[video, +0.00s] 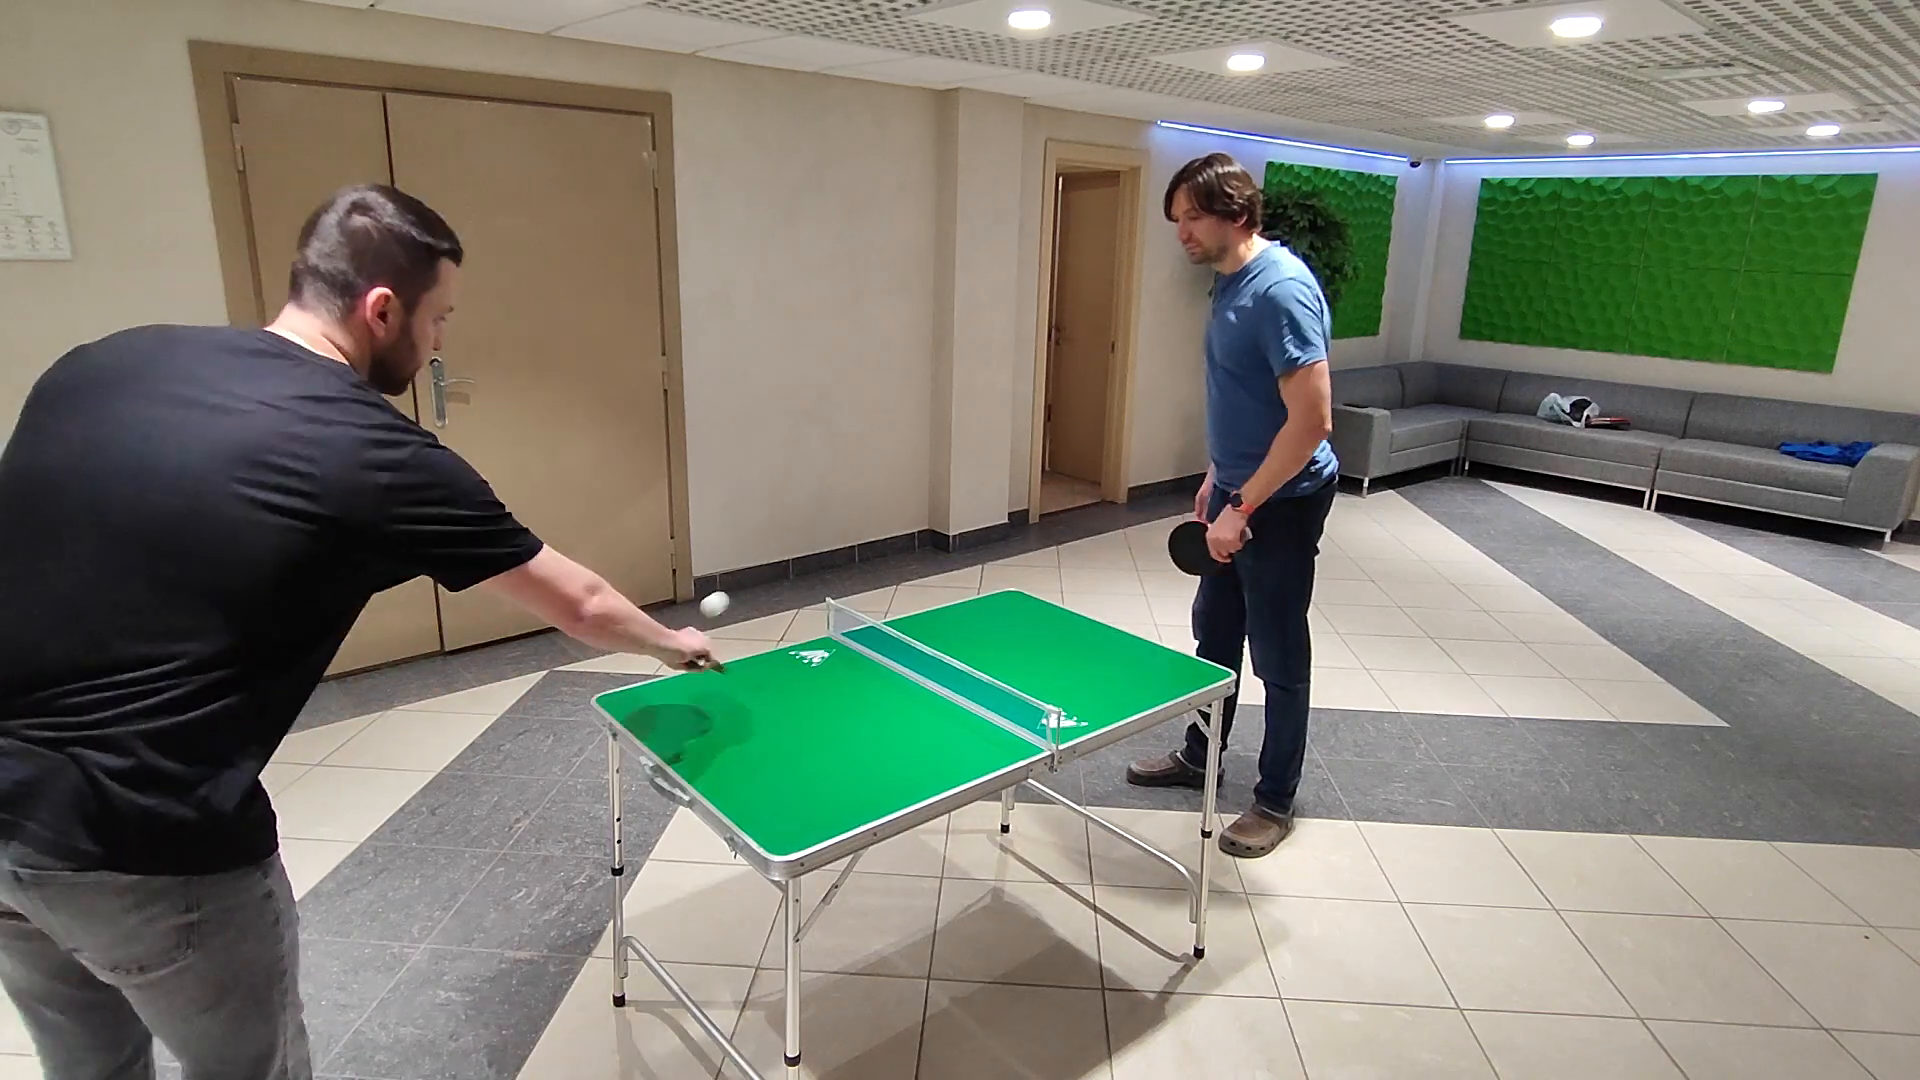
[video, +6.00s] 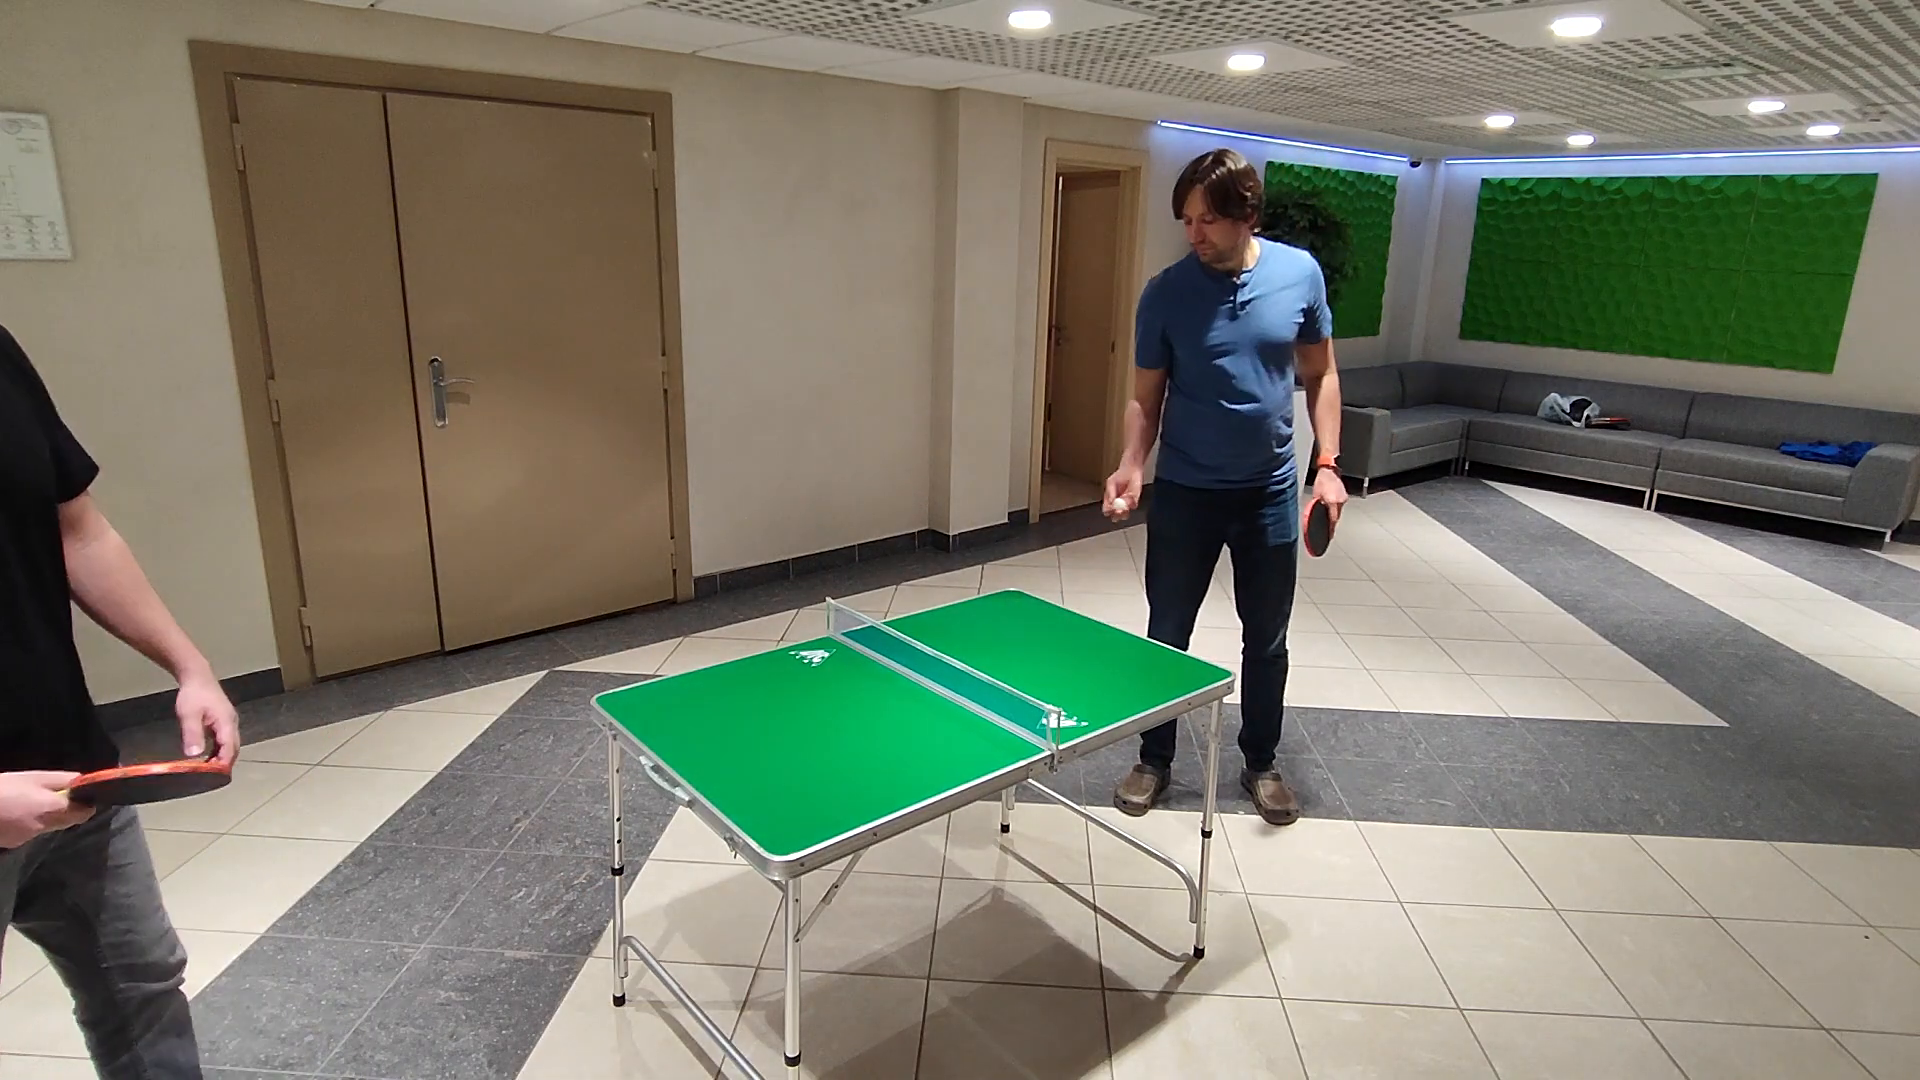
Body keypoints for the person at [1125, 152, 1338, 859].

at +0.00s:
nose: (1180, 235)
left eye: (1188, 220)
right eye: (1176, 222)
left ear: (1232, 213)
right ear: (1205, 217)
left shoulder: (1282, 289)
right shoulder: (1234, 281)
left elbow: (1313, 422)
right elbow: (1243, 401)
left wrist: (1242, 508)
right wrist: (1214, 479)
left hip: (1287, 498)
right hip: (1237, 489)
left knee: (1279, 659)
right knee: (1215, 632)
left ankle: (1274, 804)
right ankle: (1198, 757)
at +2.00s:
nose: (1186, 275)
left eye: (1201, 263)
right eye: (1177, 260)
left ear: (1226, 263)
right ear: (1164, 255)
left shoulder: (1247, 339)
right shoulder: (1141, 294)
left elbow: (1218, 439)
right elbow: (1107, 366)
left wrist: (1182, 488)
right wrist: (1066, 441)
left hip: (1203, 486)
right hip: (1132, 476)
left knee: (1221, 628)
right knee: (1119, 610)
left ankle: (1248, 773)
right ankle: (1140, 721)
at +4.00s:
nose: (1270, 192)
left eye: (1287, 186)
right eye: (1267, 181)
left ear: (1319, 207)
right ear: (1258, 191)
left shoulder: (1344, 294)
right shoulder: (1223, 269)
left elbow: (1355, 419)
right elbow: (1189, 369)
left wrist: (1354, 520)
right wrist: (1155, 451)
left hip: (1279, 491)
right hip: (1201, 476)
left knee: (1254, 642)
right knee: (1171, 615)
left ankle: (1235, 764)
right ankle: (1162, 734)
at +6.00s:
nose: (1195, 232)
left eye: (1208, 220)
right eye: (1188, 219)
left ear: (1246, 215)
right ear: (1183, 217)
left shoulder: (1299, 274)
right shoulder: (1165, 294)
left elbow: (1320, 376)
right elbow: (1145, 398)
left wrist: (1329, 465)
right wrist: (1131, 465)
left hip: (1271, 488)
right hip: (1185, 488)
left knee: (1266, 640)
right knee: (1165, 633)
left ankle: (1262, 765)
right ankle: (1153, 761)